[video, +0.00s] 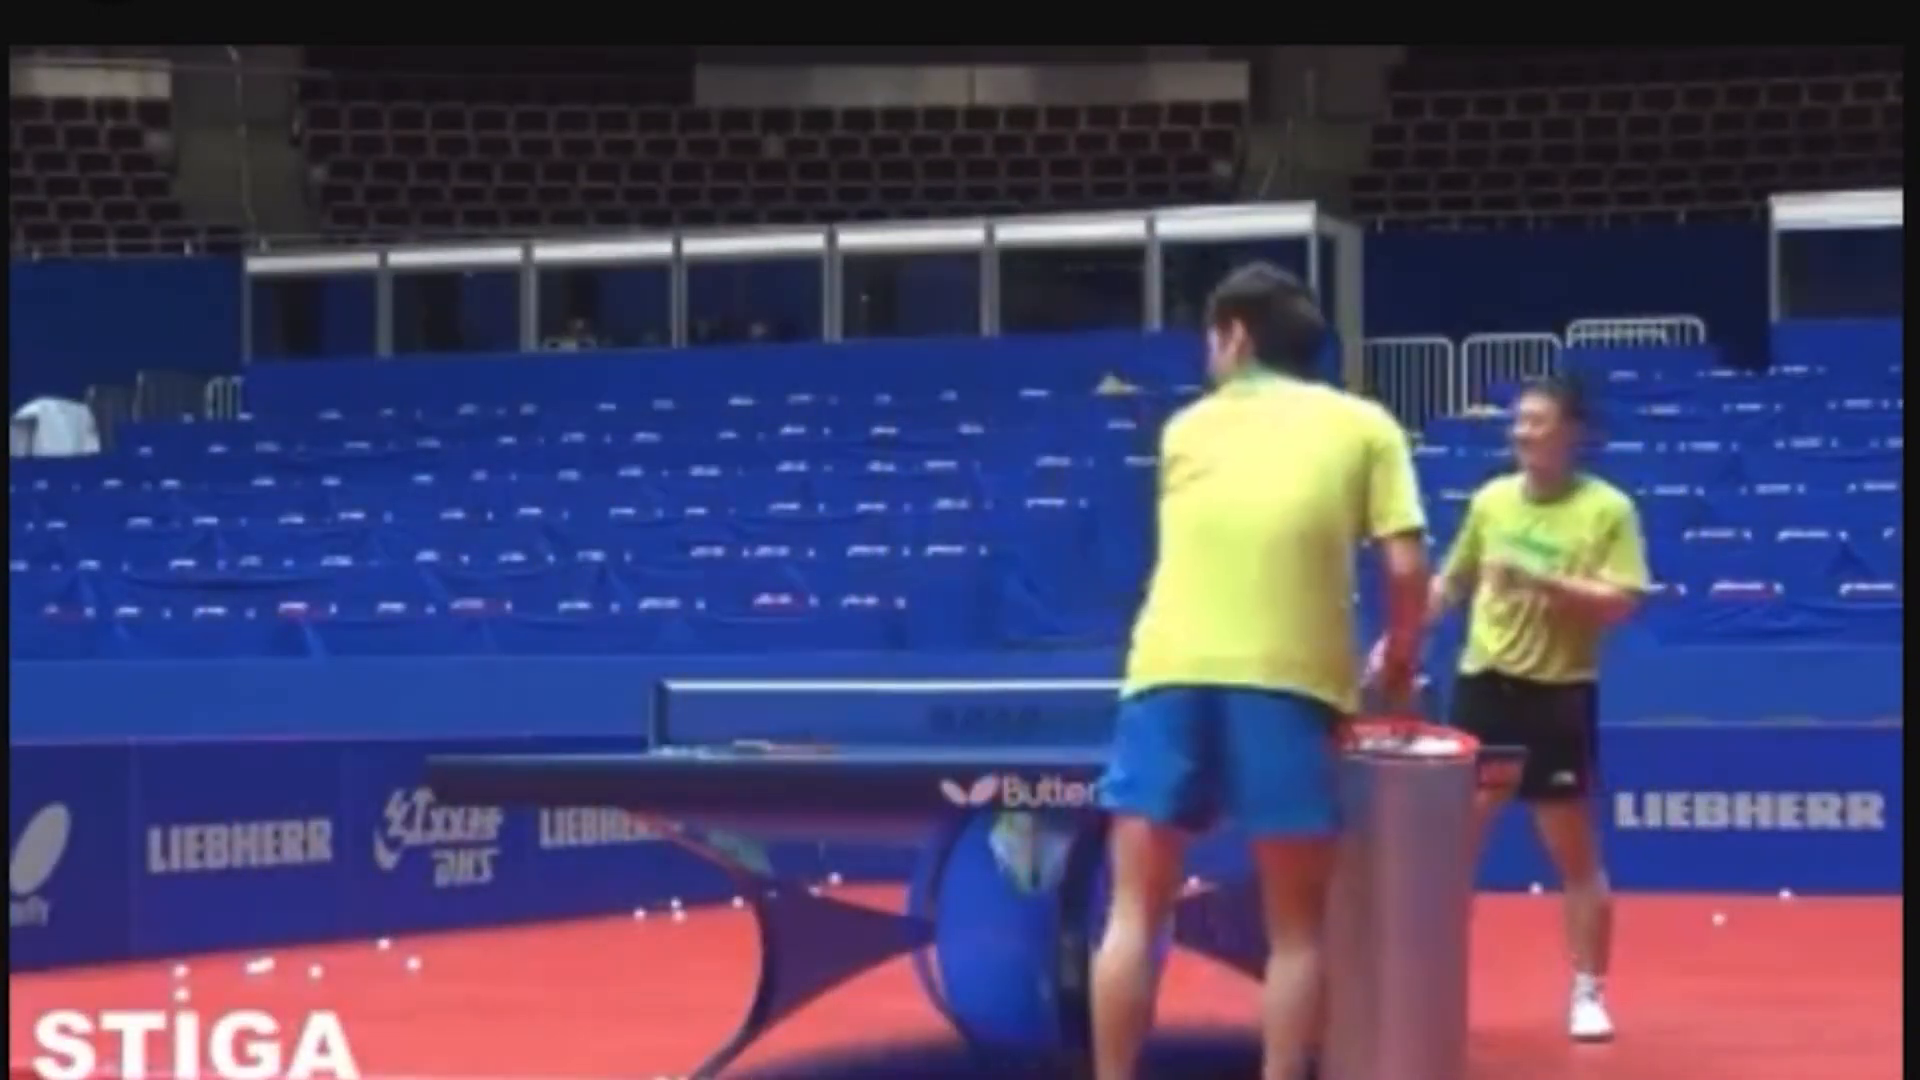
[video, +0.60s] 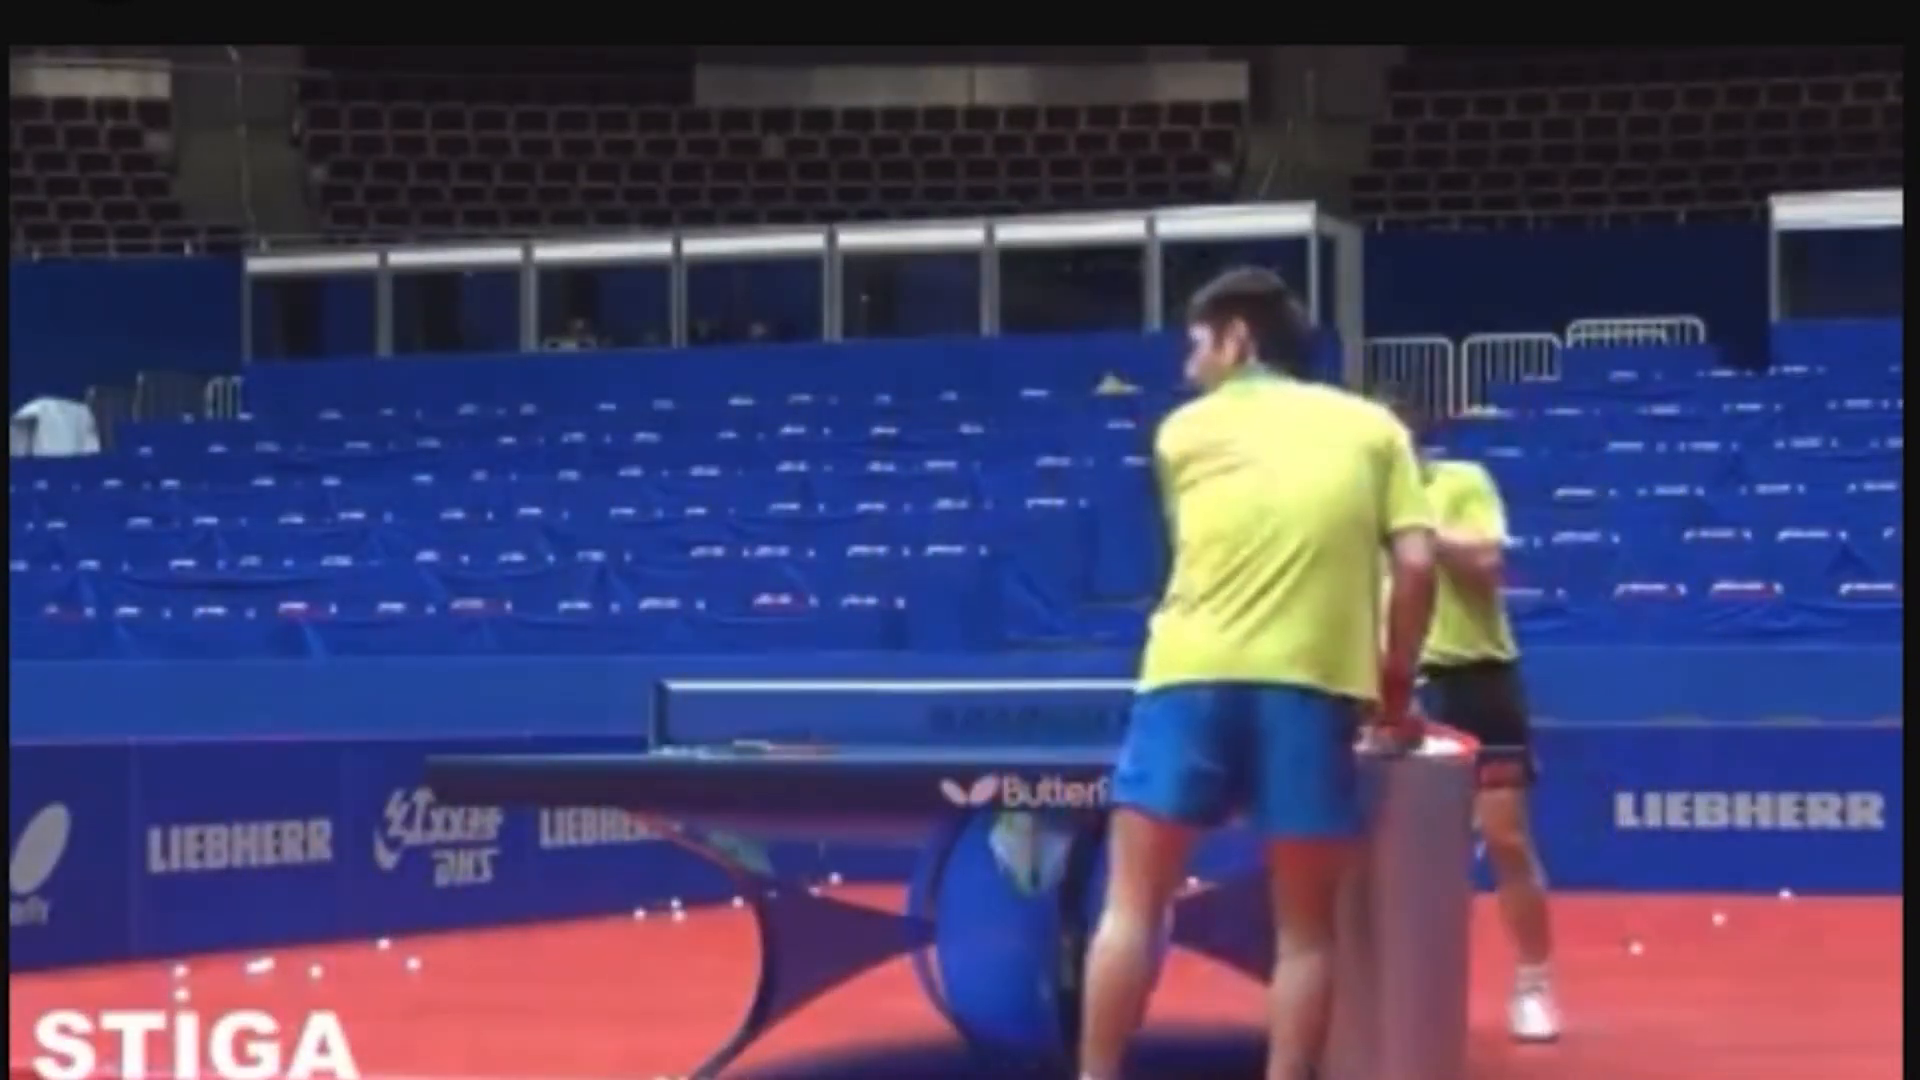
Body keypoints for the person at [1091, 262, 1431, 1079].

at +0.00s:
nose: (1208, 356)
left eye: (1212, 340)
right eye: (1209, 341)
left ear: (1235, 338)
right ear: (1305, 345)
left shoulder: (1188, 426)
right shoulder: (1365, 424)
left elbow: (1192, 557)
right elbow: (1406, 568)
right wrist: (1397, 665)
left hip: (1165, 674)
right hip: (1285, 681)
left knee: (1134, 909)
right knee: (1293, 927)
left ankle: (1112, 1072)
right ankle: (1283, 1073)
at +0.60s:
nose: (1188, 365)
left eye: (1195, 347)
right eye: (1188, 348)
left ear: (1236, 340)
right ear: (1288, 346)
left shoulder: (1184, 427)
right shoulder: (1373, 423)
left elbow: (1199, 553)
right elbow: (1416, 563)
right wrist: (1396, 693)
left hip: (1187, 676)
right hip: (1310, 688)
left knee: (1133, 904)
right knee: (1302, 932)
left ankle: (1096, 1071)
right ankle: (1285, 1073)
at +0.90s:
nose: (1098, 342)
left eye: (1108, 323)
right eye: (1099, 323)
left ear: (1153, 320)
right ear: (1182, 324)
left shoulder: (1102, 417)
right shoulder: (1288, 411)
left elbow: (1064, 570)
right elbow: (1367, 524)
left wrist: (1136, 630)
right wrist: (1333, 611)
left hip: (1136, 692)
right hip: (1262, 693)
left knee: (1087, 909)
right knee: (1268, 904)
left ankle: (1089, 1071)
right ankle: (1279, 1071)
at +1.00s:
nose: (1052, 338)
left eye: (1063, 319)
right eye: (1053, 320)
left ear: (1108, 317)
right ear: (1133, 322)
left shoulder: (1058, 417)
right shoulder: (1239, 409)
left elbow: (1011, 561)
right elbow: (1322, 528)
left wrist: (1060, 631)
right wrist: (1261, 592)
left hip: (1100, 695)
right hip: (1226, 694)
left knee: (1064, 909)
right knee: (1245, 900)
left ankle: (1080, 1070)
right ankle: (1271, 1070)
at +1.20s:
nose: (966, 328)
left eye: (979, 309)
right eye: (967, 309)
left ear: (1028, 311)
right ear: (1043, 316)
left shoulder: (986, 408)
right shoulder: (1140, 407)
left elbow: (944, 537)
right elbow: (1226, 525)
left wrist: (934, 636)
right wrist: (1156, 601)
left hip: (1027, 699)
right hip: (1133, 695)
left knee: (1032, 926)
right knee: (1129, 893)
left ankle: (1073, 1070)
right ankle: (1195, 1060)